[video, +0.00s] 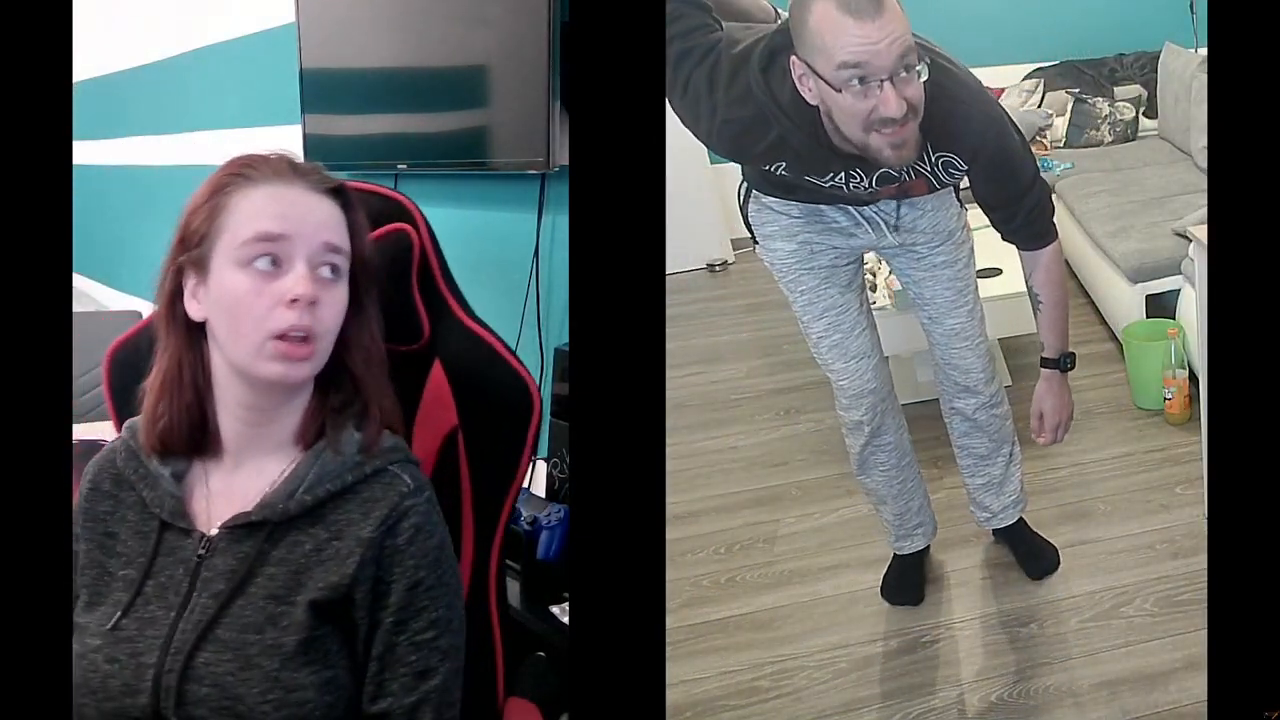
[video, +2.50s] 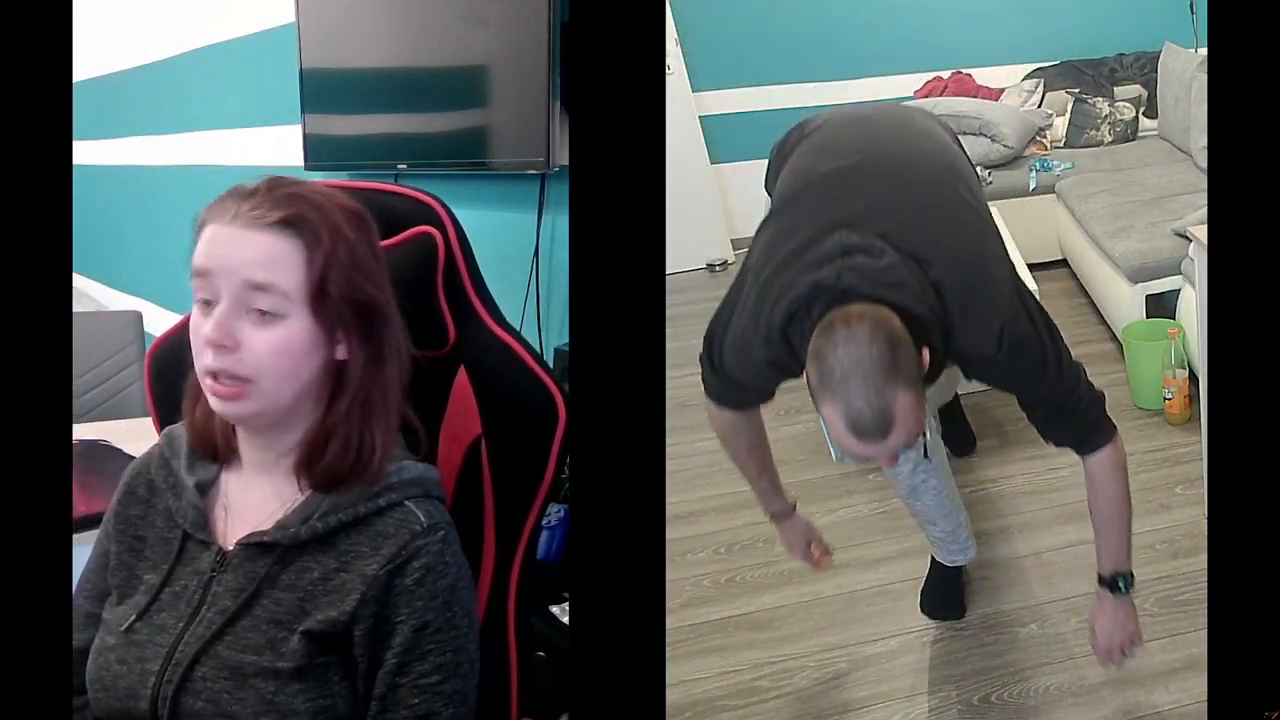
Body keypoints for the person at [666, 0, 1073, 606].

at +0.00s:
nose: (894, 103)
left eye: (904, 69)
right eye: (860, 82)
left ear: (916, 48)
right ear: (806, 81)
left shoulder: (965, 112)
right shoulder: (737, 102)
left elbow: (1037, 229)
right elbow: (680, 15)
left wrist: (1055, 367)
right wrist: (768, 32)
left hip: (925, 196)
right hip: (799, 205)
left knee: (969, 365)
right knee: (860, 390)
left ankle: (1004, 512)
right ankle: (909, 537)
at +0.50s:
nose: (899, 114)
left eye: (911, 80)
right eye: (865, 91)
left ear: (925, 57)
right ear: (813, 84)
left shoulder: (973, 115)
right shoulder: (749, 99)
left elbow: (1045, 241)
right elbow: (682, 13)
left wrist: (1055, 379)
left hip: (936, 197)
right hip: (807, 201)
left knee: (973, 368)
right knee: (864, 388)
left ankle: (1004, 513)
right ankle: (909, 537)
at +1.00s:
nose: (938, 112)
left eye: (957, 82)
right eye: (910, 85)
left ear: (973, 64)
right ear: (861, 71)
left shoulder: (1012, 120)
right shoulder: (790, 76)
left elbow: (1071, 249)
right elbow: (722, 3)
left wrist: (1077, 385)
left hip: (963, 194)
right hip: (837, 189)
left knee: (985, 362)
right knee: (877, 376)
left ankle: (1007, 513)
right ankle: (909, 534)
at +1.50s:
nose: (964, 167)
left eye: (984, 140)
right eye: (941, 144)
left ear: (999, 103)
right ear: (893, 114)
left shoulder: (1039, 143)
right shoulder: (825, 103)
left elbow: (1092, 269)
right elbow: (758, 4)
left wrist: (1095, 397)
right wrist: (856, 31)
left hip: (992, 191)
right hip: (871, 177)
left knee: (1002, 356)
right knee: (914, 362)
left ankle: (1010, 514)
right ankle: (925, 532)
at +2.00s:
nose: (911, 315)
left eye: (927, 291)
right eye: (886, 298)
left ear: (949, 217)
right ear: (837, 229)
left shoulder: (1005, 203)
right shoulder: (781, 196)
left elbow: (1080, 322)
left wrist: (1084, 451)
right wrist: (733, 345)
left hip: (938, 79)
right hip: (812, 89)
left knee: (983, 364)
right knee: (899, 386)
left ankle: (1008, 506)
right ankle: (944, 541)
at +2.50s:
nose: (892, 465)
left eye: (905, 448)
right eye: (868, 458)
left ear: (925, 361)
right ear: (811, 381)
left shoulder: (990, 321)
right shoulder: (754, 334)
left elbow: (1100, 440)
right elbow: (726, 398)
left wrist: (1117, 587)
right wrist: (781, 513)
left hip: (920, 129)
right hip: (805, 142)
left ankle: (947, 397)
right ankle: (951, 553)